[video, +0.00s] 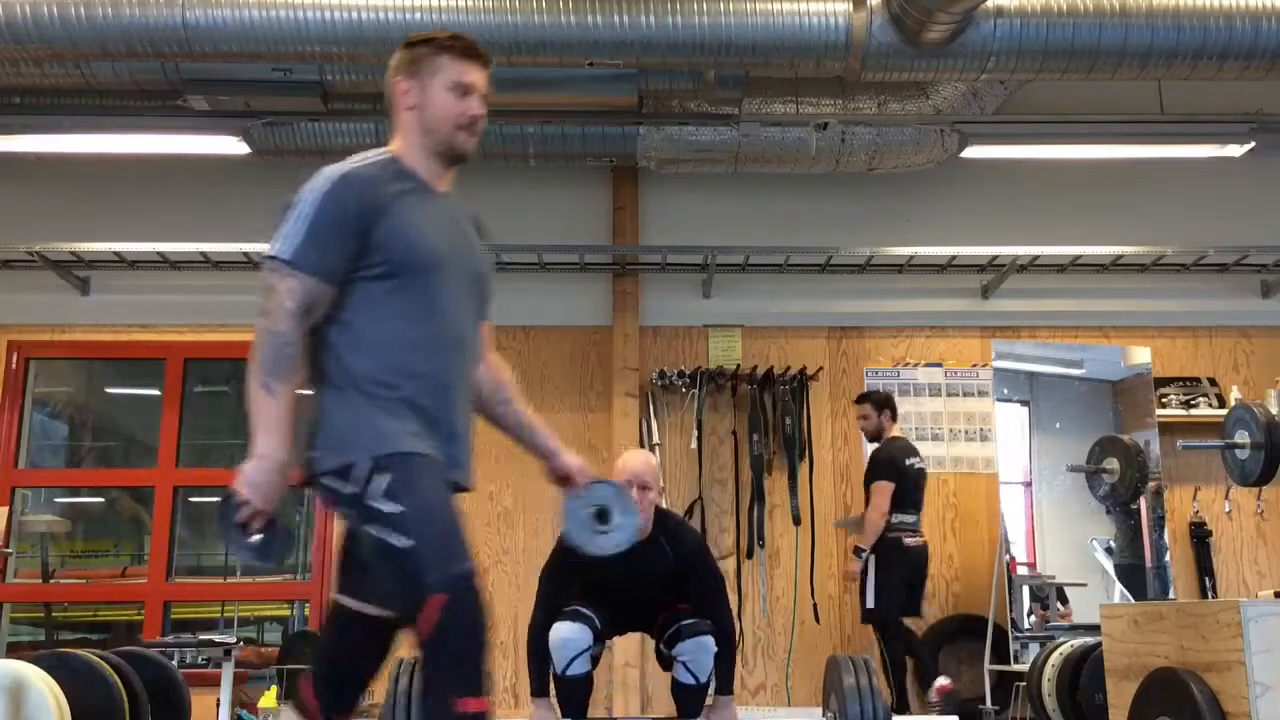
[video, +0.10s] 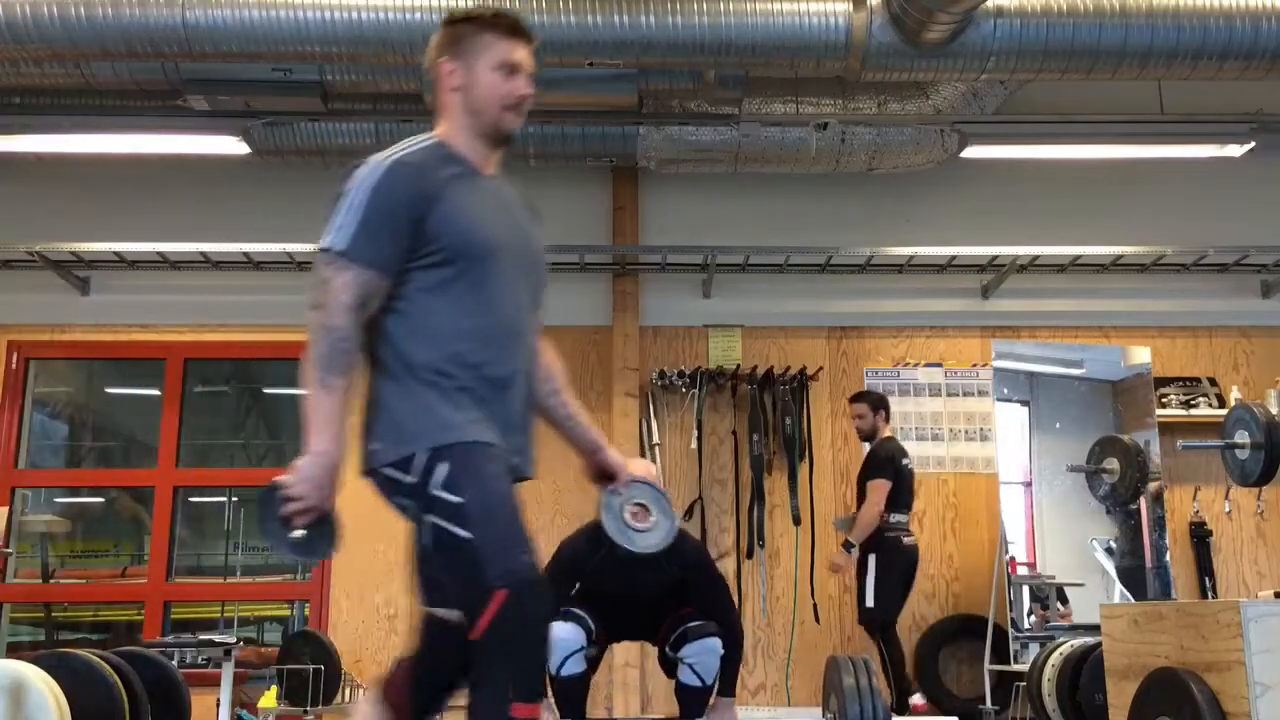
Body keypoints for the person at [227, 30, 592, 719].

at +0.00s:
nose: (478, 109)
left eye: (483, 97)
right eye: (461, 92)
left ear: (483, 108)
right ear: (406, 93)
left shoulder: (463, 226)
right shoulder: (348, 189)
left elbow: (478, 362)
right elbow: (280, 319)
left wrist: (552, 452)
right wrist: (270, 452)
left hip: (428, 455)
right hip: (370, 447)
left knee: (349, 656)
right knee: (457, 621)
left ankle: (306, 717)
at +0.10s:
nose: (526, 89)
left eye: (530, 75)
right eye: (508, 72)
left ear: (528, 85)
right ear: (451, 76)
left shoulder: (508, 201)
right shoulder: (399, 175)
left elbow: (521, 340)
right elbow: (336, 315)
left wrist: (596, 451)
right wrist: (322, 453)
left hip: (490, 443)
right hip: (430, 435)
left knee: (453, 635)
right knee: (514, 604)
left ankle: (379, 710)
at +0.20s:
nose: (573, 67)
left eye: (578, 55)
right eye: (554, 49)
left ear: (579, 68)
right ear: (496, 52)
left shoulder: (550, 180)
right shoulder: (454, 148)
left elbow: (568, 332)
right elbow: (397, 294)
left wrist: (626, 433)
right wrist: (390, 436)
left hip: (550, 436)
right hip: (484, 428)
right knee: (543, 628)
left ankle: (454, 699)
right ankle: (450, 703)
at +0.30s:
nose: (623, 48)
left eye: (624, 33)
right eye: (605, 29)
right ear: (546, 35)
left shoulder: (602, 162)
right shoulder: (499, 128)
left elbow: (608, 314)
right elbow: (450, 277)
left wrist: (651, 422)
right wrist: (457, 411)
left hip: (612, 426)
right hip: (536, 420)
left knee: (647, 615)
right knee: (551, 617)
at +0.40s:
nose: (675, 41)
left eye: (677, 25)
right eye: (655, 21)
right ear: (596, 27)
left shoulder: (652, 157)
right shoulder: (546, 120)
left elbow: (635, 299)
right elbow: (508, 265)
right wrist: (535, 386)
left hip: (658, 436)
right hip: (578, 430)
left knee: (718, 638)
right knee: (552, 654)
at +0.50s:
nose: (729, 45)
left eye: (732, 29)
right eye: (709, 25)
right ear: (650, 31)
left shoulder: (709, 160)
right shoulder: (604, 122)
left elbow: (688, 298)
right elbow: (574, 267)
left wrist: (714, 414)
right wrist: (618, 373)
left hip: (710, 443)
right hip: (619, 437)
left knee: (788, 647)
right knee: (577, 652)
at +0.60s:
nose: (794, 47)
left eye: (795, 31)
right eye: (773, 26)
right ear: (713, 32)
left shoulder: (768, 160)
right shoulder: (674, 122)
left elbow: (743, 309)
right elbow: (640, 266)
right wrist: (702, 364)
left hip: (785, 438)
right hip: (691, 441)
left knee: (873, 653)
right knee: (624, 670)